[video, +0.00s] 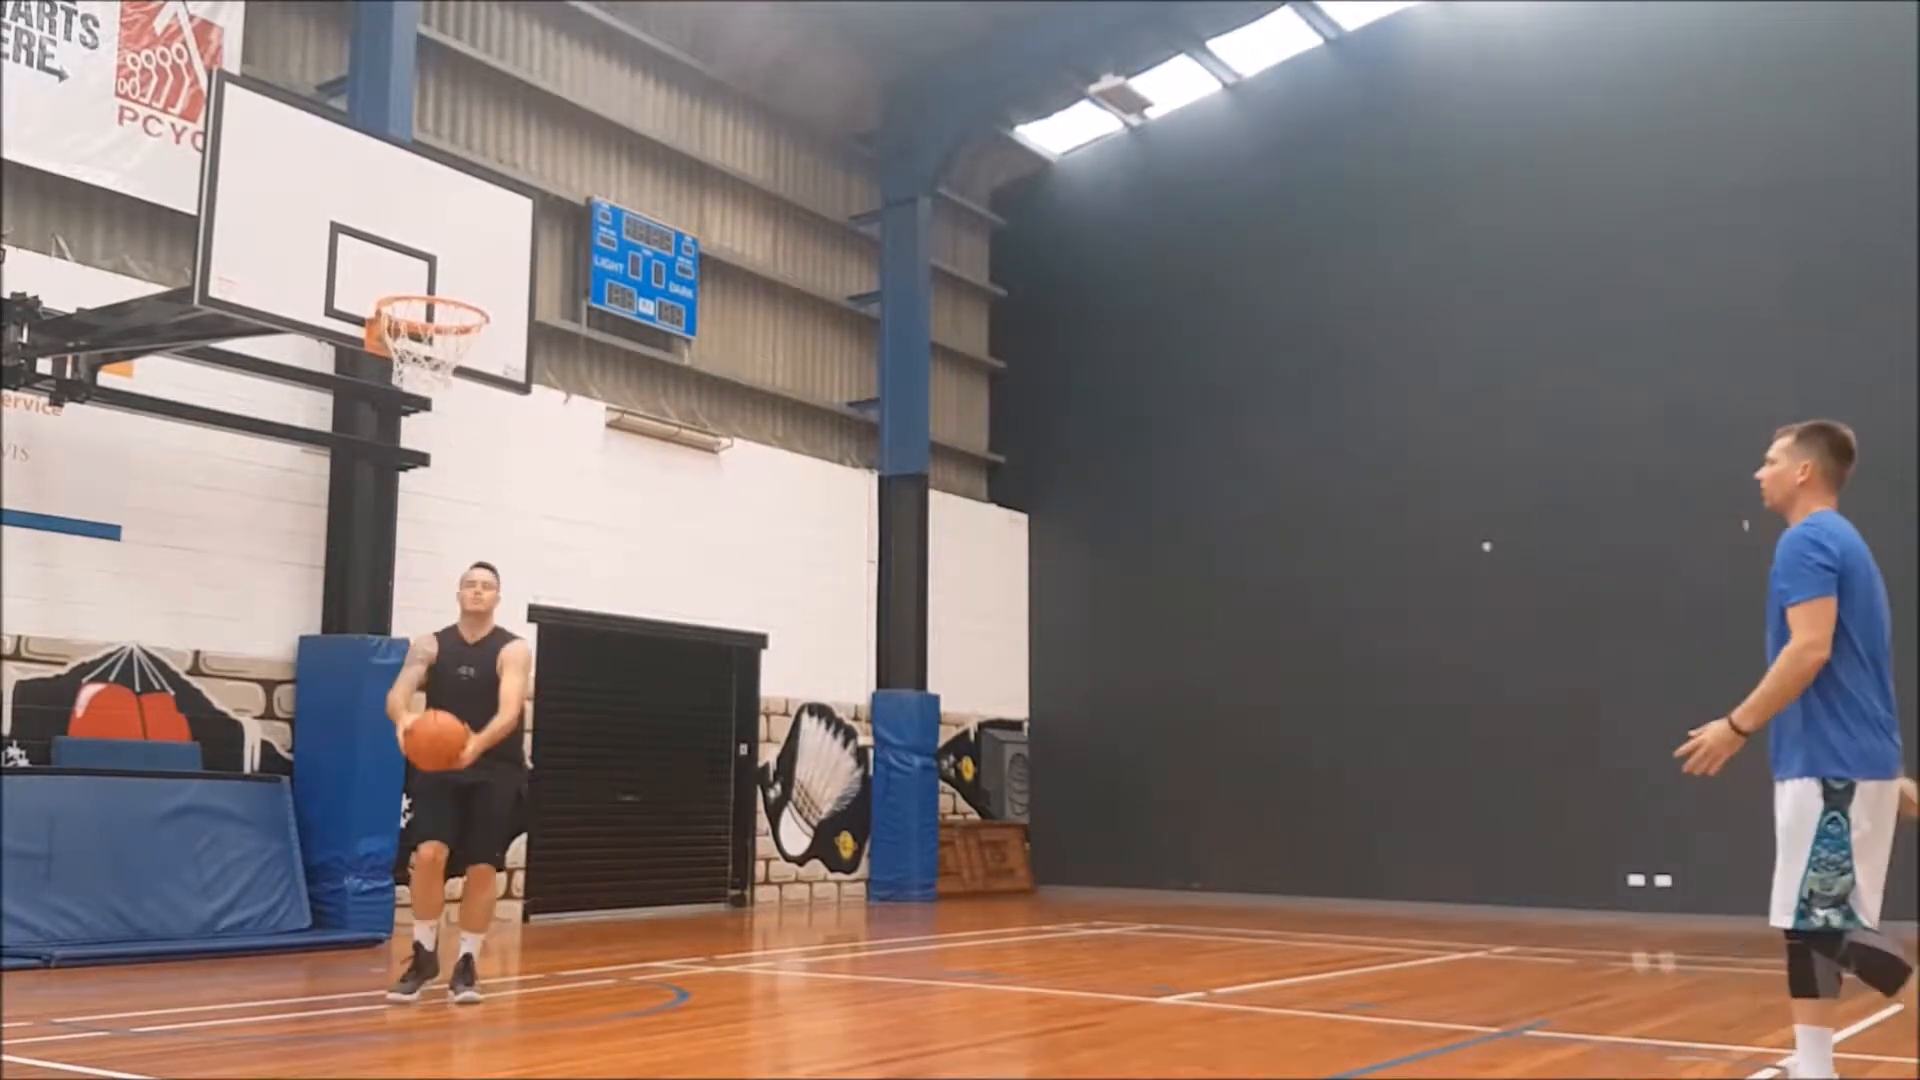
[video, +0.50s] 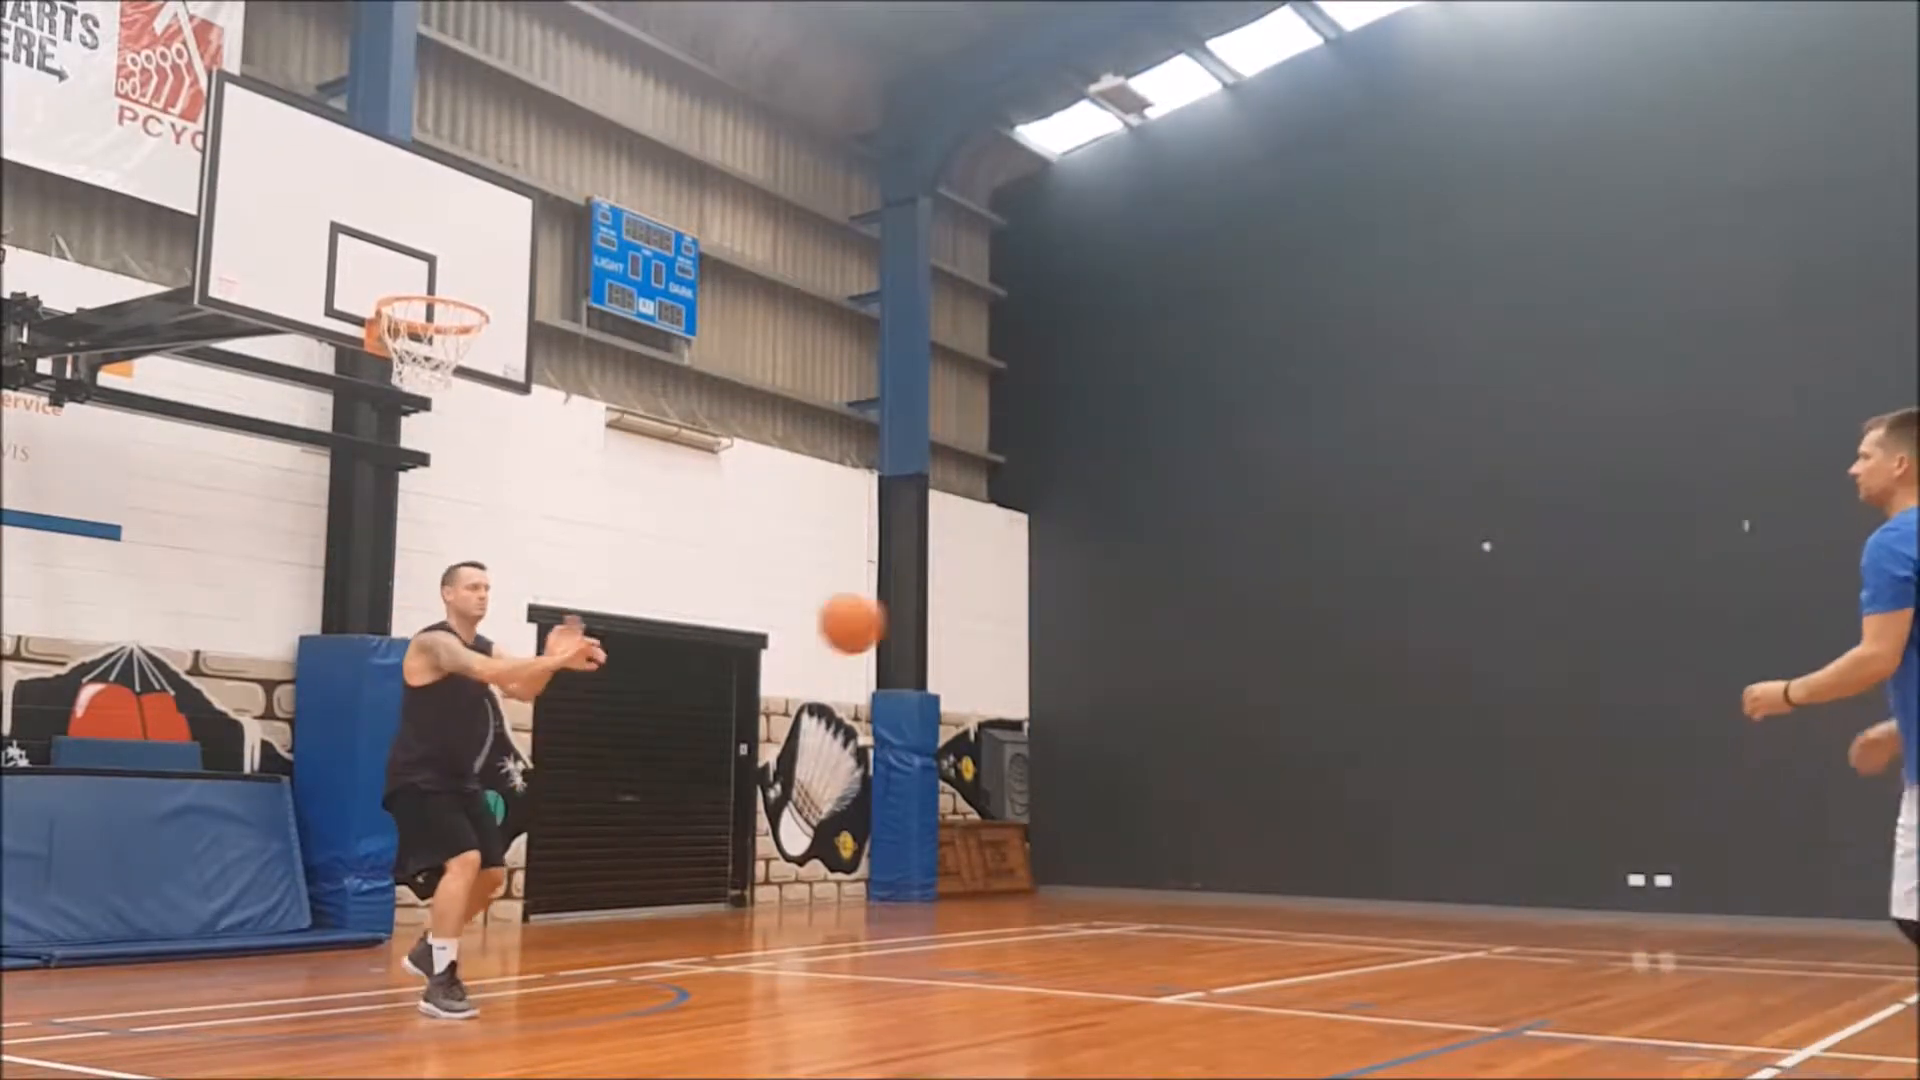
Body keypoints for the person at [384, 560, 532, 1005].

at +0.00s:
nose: (477, 593)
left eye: (486, 587)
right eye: (470, 586)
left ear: (498, 597)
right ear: (458, 593)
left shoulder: (513, 650)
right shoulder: (429, 645)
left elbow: (510, 712)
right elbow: (398, 695)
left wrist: (476, 744)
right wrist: (404, 720)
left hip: (495, 768)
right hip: (437, 765)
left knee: (481, 864)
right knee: (429, 853)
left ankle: (466, 966)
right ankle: (423, 957)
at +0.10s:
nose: (489, 595)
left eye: (496, 590)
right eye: (481, 587)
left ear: (504, 600)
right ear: (464, 595)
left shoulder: (519, 656)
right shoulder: (430, 648)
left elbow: (529, 725)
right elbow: (389, 709)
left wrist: (505, 772)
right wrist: (416, 755)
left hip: (495, 774)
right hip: (436, 770)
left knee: (483, 870)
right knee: (440, 854)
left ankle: (467, 966)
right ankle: (423, 966)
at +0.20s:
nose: (499, 600)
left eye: (504, 595)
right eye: (489, 592)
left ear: (508, 605)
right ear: (467, 599)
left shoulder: (522, 660)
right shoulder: (436, 652)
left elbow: (546, 725)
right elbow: (386, 711)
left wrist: (530, 768)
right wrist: (438, 757)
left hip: (495, 779)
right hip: (438, 776)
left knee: (484, 876)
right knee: (444, 863)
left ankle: (465, 968)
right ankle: (434, 975)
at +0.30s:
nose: (498, 604)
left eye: (503, 598)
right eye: (489, 596)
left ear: (507, 607)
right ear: (464, 602)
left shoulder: (517, 662)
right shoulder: (439, 650)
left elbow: (559, 716)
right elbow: (421, 695)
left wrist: (560, 731)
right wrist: (479, 728)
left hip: (479, 780)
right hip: (429, 776)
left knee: (484, 880)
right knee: (451, 861)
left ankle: (464, 965)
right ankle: (436, 979)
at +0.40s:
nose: (492, 606)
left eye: (495, 599)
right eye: (482, 597)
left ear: (498, 606)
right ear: (456, 603)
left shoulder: (499, 660)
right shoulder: (436, 651)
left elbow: (537, 702)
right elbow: (483, 682)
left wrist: (582, 685)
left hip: (466, 787)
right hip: (420, 784)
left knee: (490, 876)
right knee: (462, 859)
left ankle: (455, 961)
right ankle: (439, 979)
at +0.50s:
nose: (483, 596)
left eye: (486, 589)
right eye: (473, 588)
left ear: (488, 597)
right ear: (447, 595)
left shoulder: (486, 649)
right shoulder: (433, 642)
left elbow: (524, 690)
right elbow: (490, 671)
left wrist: (552, 660)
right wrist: (557, 661)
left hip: (461, 783)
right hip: (419, 780)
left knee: (491, 876)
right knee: (463, 860)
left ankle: (428, 948)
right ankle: (442, 979)